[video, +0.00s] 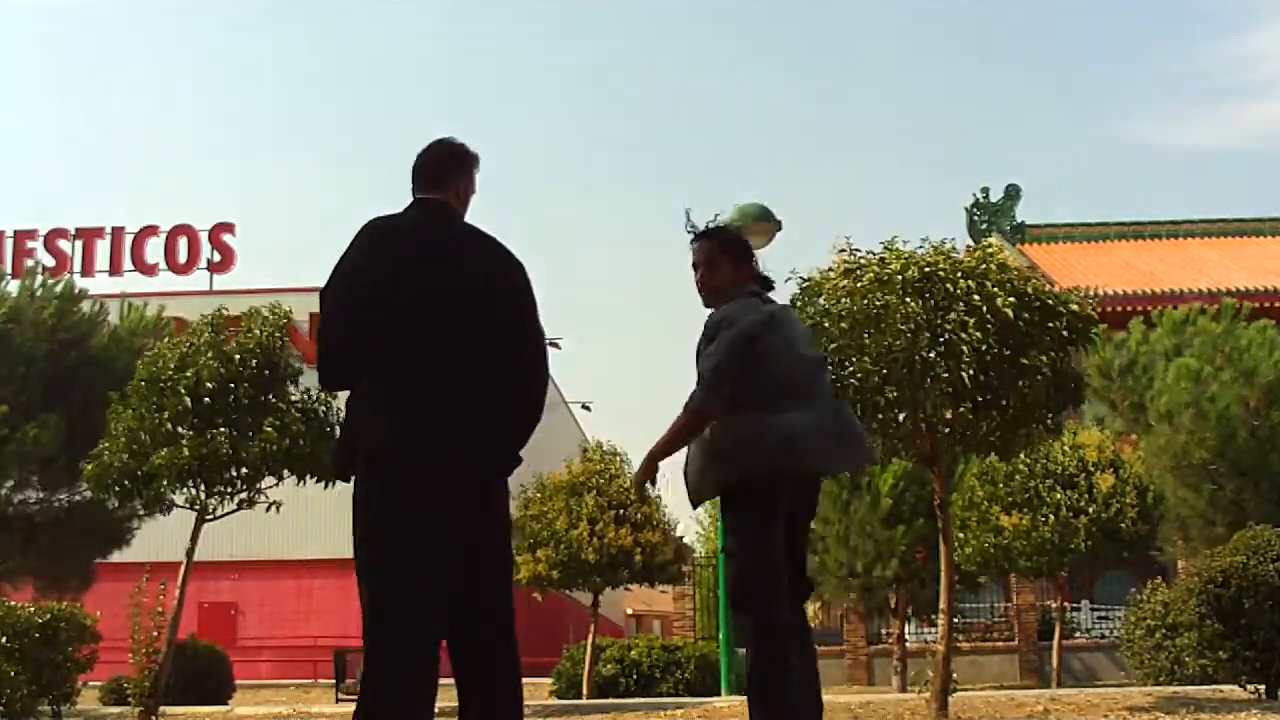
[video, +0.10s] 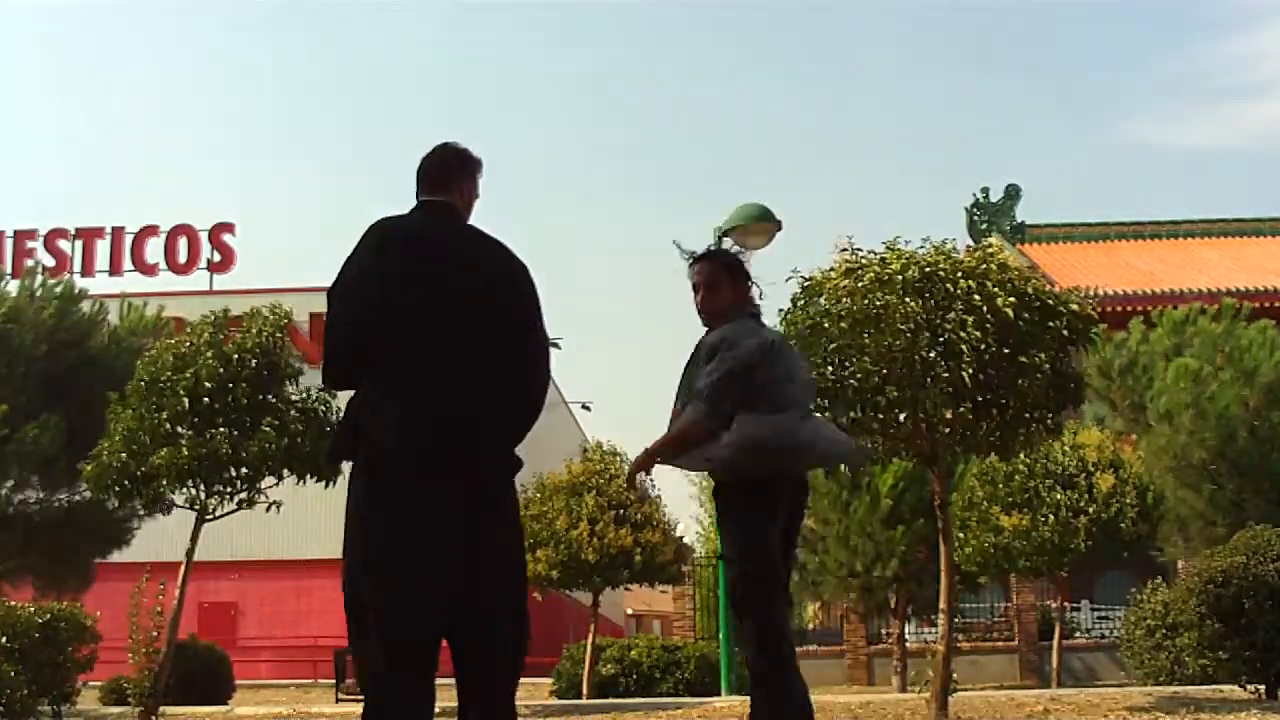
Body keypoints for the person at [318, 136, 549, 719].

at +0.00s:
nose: (470, 196)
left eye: (468, 187)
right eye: (472, 187)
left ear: (413, 183)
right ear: (465, 187)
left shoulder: (368, 246)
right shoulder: (499, 261)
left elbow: (334, 366)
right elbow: (530, 377)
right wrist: (501, 451)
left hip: (389, 471)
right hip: (474, 473)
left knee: (395, 638)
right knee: (486, 639)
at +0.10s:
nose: (474, 199)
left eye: (473, 190)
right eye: (475, 190)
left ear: (417, 185)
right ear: (468, 190)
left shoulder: (375, 248)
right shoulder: (504, 264)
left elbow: (339, 367)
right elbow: (533, 377)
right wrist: (496, 442)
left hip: (391, 479)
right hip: (480, 479)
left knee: (396, 655)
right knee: (490, 654)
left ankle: (396, 718)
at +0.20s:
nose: (474, 204)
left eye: (471, 195)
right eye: (476, 195)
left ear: (418, 190)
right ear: (471, 195)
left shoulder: (383, 246)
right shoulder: (507, 266)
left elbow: (344, 368)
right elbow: (533, 372)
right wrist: (500, 436)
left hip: (394, 476)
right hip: (481, 475)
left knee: (386, 637)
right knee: (491, 639)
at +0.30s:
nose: (466, 207)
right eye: (472, 198)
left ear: (417, 194)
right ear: (473, 199)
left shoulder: (388, 247)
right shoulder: (509, 269)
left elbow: (347, 367)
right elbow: (529, 376)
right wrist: (489, 429)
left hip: (395, 485)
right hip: (483, 488)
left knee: (382, 663)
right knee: (490, 666)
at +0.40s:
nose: (431, 209)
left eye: (420, 201)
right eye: (458, 199)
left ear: (414, 199)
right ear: (469, 201)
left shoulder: (396, 241)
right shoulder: (509, 270)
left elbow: (356, 358)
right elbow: (525, 371)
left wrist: (331, 374)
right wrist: (486, 426)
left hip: (398, 476)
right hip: (485, 479)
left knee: (368, 634)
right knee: (496, 645)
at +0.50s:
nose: (419, 210)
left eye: (412, 202)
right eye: (442, 199)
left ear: (406, 201)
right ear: (460, 201)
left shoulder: (394, 244)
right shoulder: (499, 270)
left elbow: (362, 353)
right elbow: (518, 365)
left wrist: (328, 371)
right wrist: (473, 404)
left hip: (396, 472)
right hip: (478, 476)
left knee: (370, 636)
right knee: (498, 642)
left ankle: (383, 719)